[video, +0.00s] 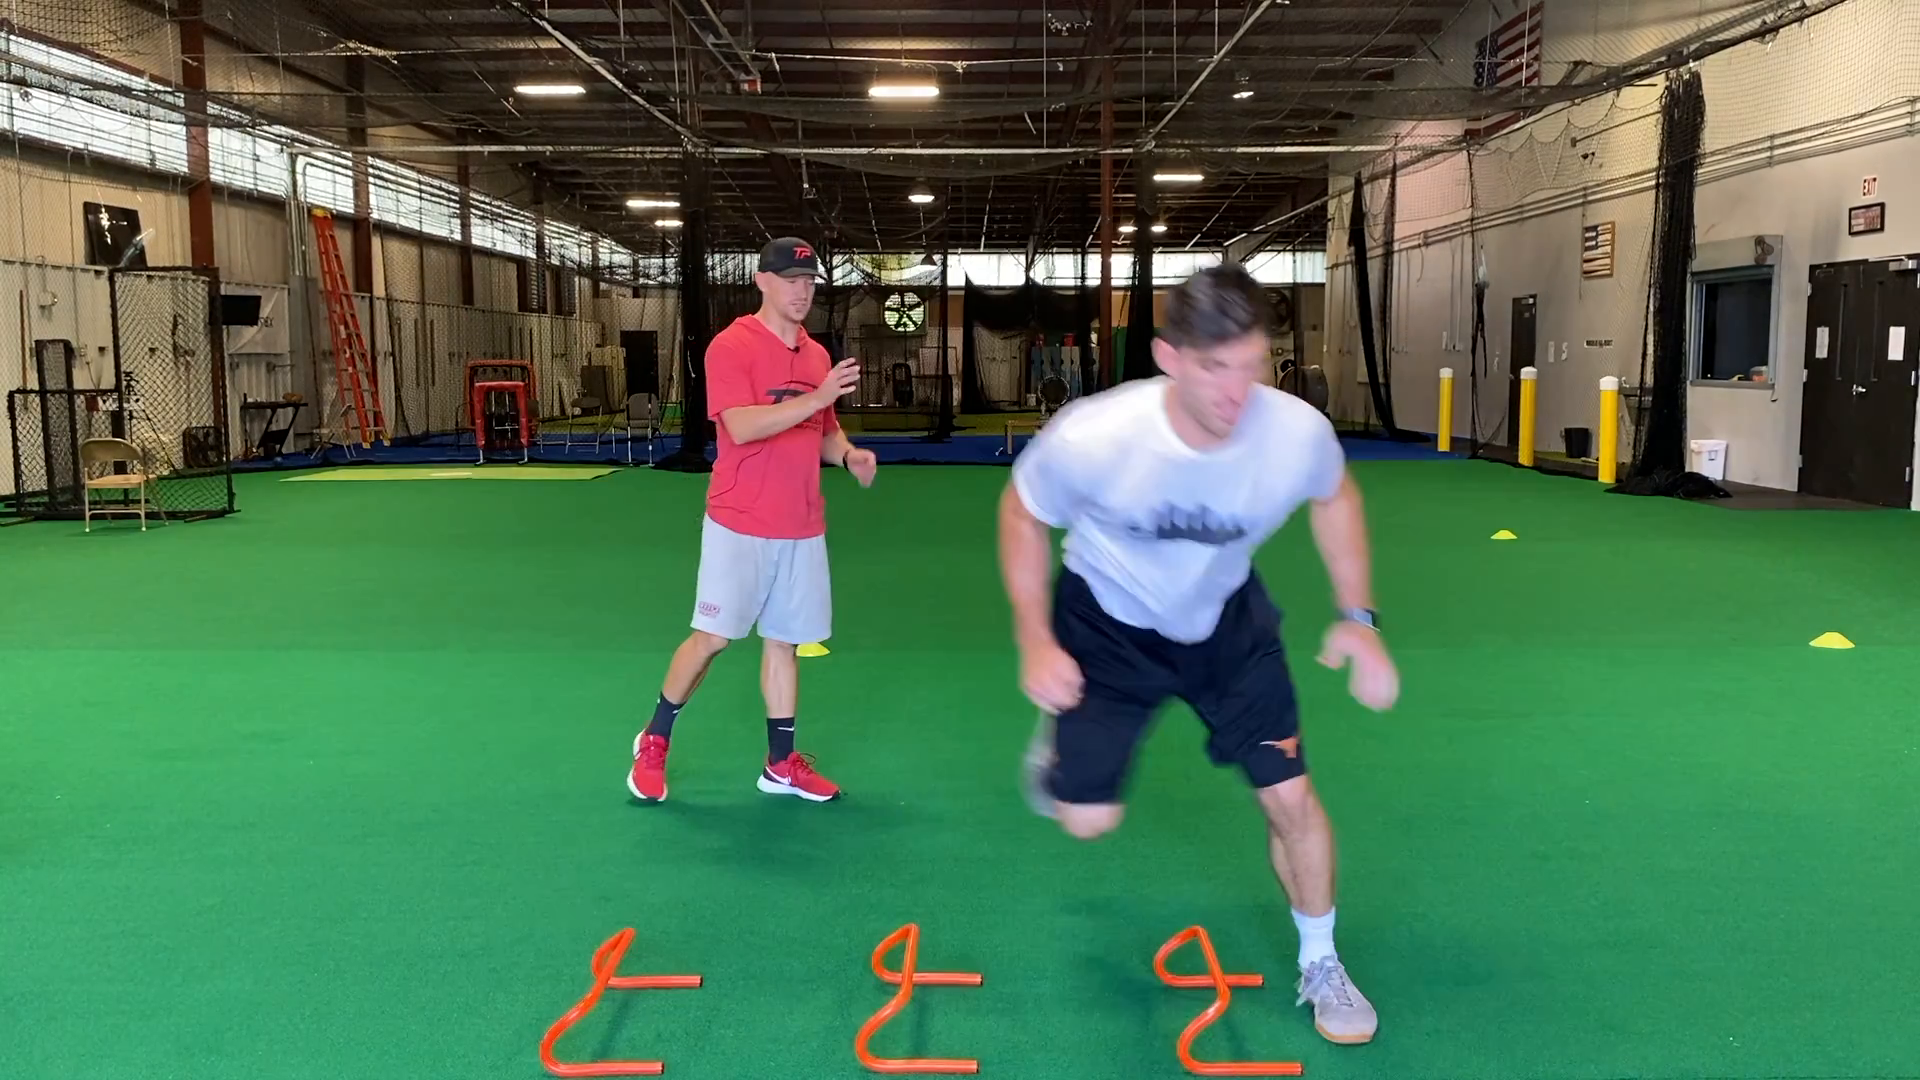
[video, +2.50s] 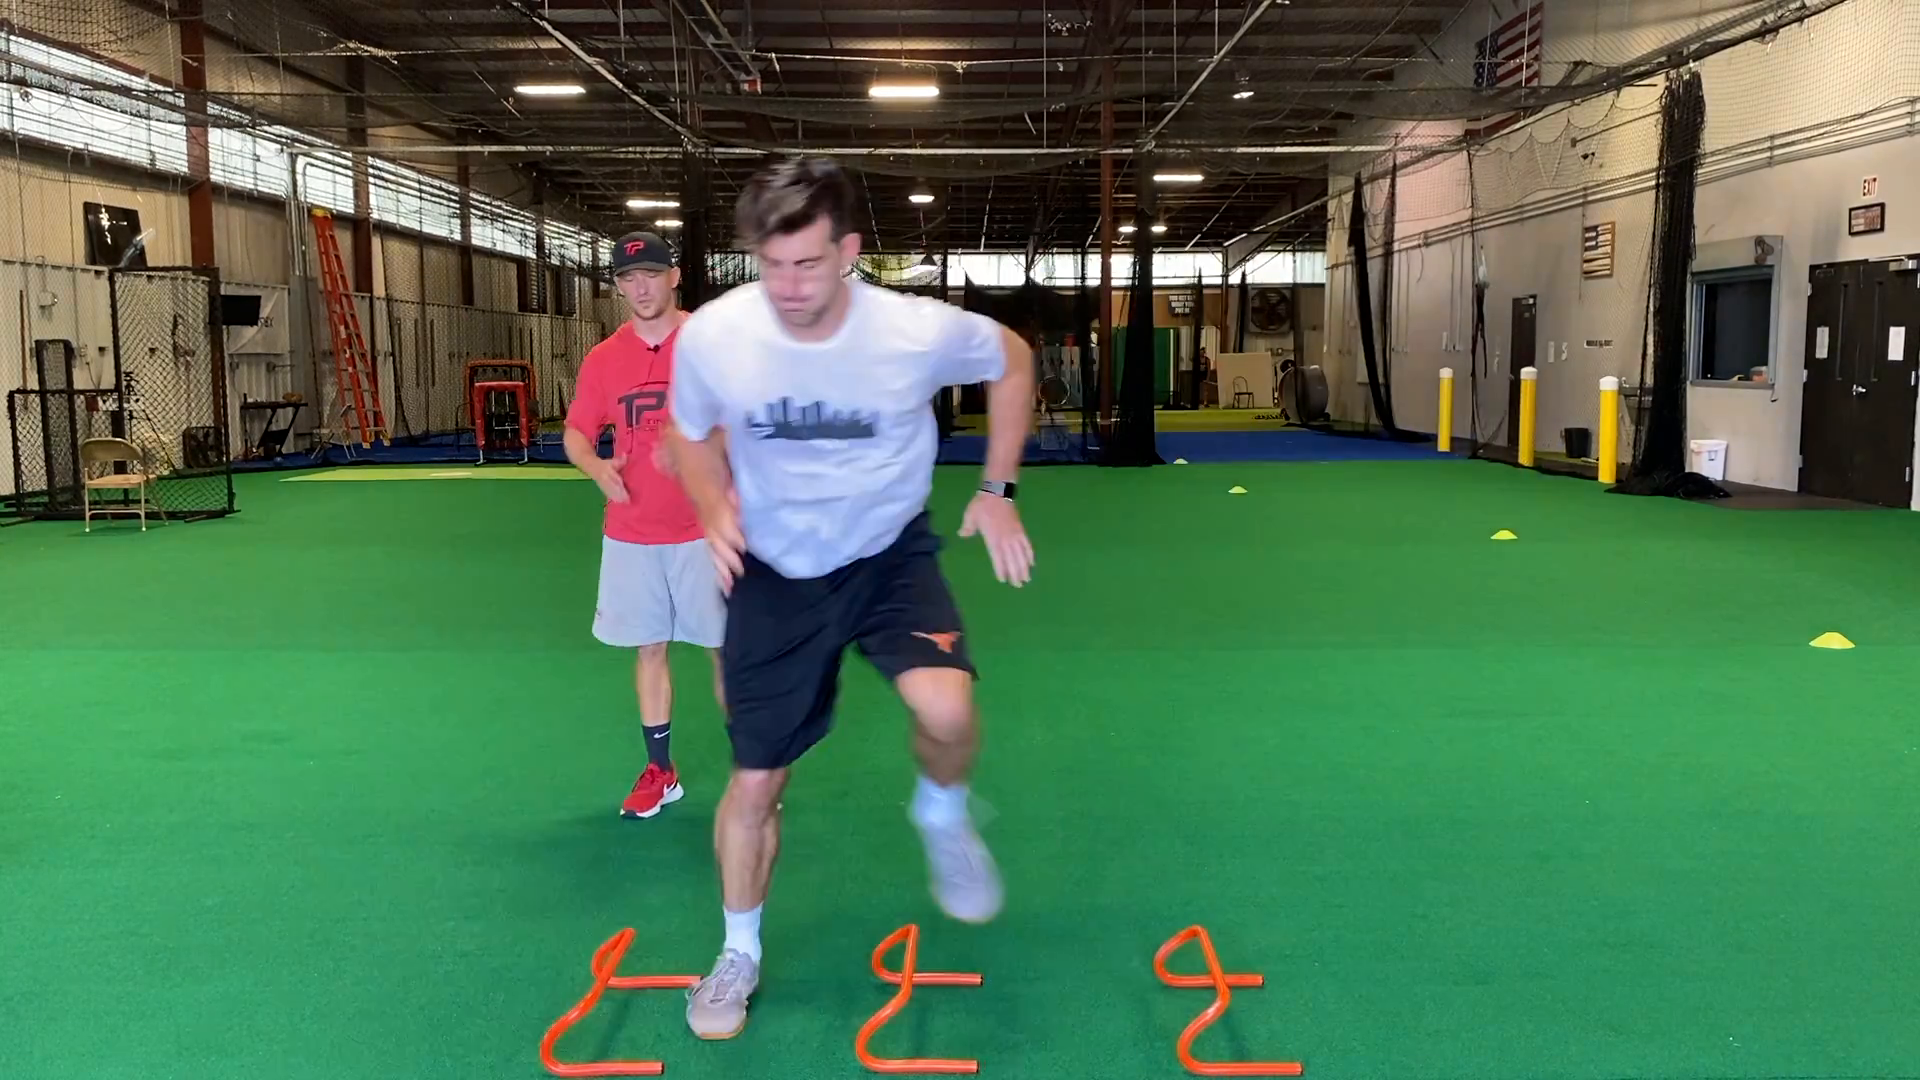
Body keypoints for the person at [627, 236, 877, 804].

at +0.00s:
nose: (803, 289)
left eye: (809, 280)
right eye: (791, 279)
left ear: (814, 286)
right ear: (762, 282)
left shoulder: (817, 355)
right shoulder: (729, 347)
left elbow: (821, 433)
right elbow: (741, 427)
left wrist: (848, 452)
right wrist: (822, 398)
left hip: (799, 525)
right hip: (738, 522)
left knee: (783, 638)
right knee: (714, 633)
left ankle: (781, 761)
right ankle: (655, 738)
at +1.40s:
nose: (820, 293)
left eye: (828, 284)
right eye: (808, 282)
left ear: (835, 288)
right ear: (782, 285)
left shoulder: (836, 361)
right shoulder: (749, 347)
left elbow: (841, 444)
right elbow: (745, 431)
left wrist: (860, 490)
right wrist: (829, 471)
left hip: (809, 522)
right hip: (750, 518)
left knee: (787, 639)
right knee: (734, 633)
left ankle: (782, 761)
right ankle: (678, 744)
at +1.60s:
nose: (808, 295)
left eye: (817, 286)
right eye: (798, 284)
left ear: (827, 291)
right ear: (774, 286)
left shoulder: (837, 365)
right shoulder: (737, 348)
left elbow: (844, 445)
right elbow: (723, 434)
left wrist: (883, 464)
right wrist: (759, 510)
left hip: (804, 528)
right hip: (737, 520)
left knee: (783, 643)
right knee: (717, 636)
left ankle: (781, 762)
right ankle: (676, 752)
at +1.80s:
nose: (784, 296)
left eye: (794, 286)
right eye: (774, 285)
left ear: (806, 290)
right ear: (753, 287)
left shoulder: (829, 362)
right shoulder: (717, 351)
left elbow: (853, 446)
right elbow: (687, 443)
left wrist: (875, 428)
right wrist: (673, 526)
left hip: (791, 534)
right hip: (718, 529)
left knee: (780, 646)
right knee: (694, 642)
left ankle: (781, 762)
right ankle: (669, 764)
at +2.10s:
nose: (710, 295)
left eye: (719, 282)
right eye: (697, 287)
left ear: (737, 282)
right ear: (682, 292)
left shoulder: (778, 355)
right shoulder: (662, 358)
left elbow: (803, 436)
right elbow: (640, 434)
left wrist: (831, 451)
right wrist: (641, 489)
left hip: (753, 533)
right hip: (678, 531)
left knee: (762, 647)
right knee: (671, 645)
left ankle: (781, 762)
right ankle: (663, 770)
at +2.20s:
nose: (682, 294)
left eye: (691, 281)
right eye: (670, 285)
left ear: (712, 279)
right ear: (659, 291)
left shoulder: (758, 352)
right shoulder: (645, 358)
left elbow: (792, 433)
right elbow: (626, 433)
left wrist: (774, 454)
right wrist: (636, 461)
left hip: (735, 531)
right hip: (660, 531)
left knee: (755, 644)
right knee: (661, 645)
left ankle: (780, 760)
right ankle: (661, 769)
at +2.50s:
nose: (641, 287)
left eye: (652, 275)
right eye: (630, 278)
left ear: (674, 277)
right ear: (619, 285)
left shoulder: (707, 344)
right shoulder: (604, 359)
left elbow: (740, 422)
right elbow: (574, 435)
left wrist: (704, 464)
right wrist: (597, 468)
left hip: (704, 525)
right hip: (633, 530)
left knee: (726, 648)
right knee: (649, 647)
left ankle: (753, 769)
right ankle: (660, 768)